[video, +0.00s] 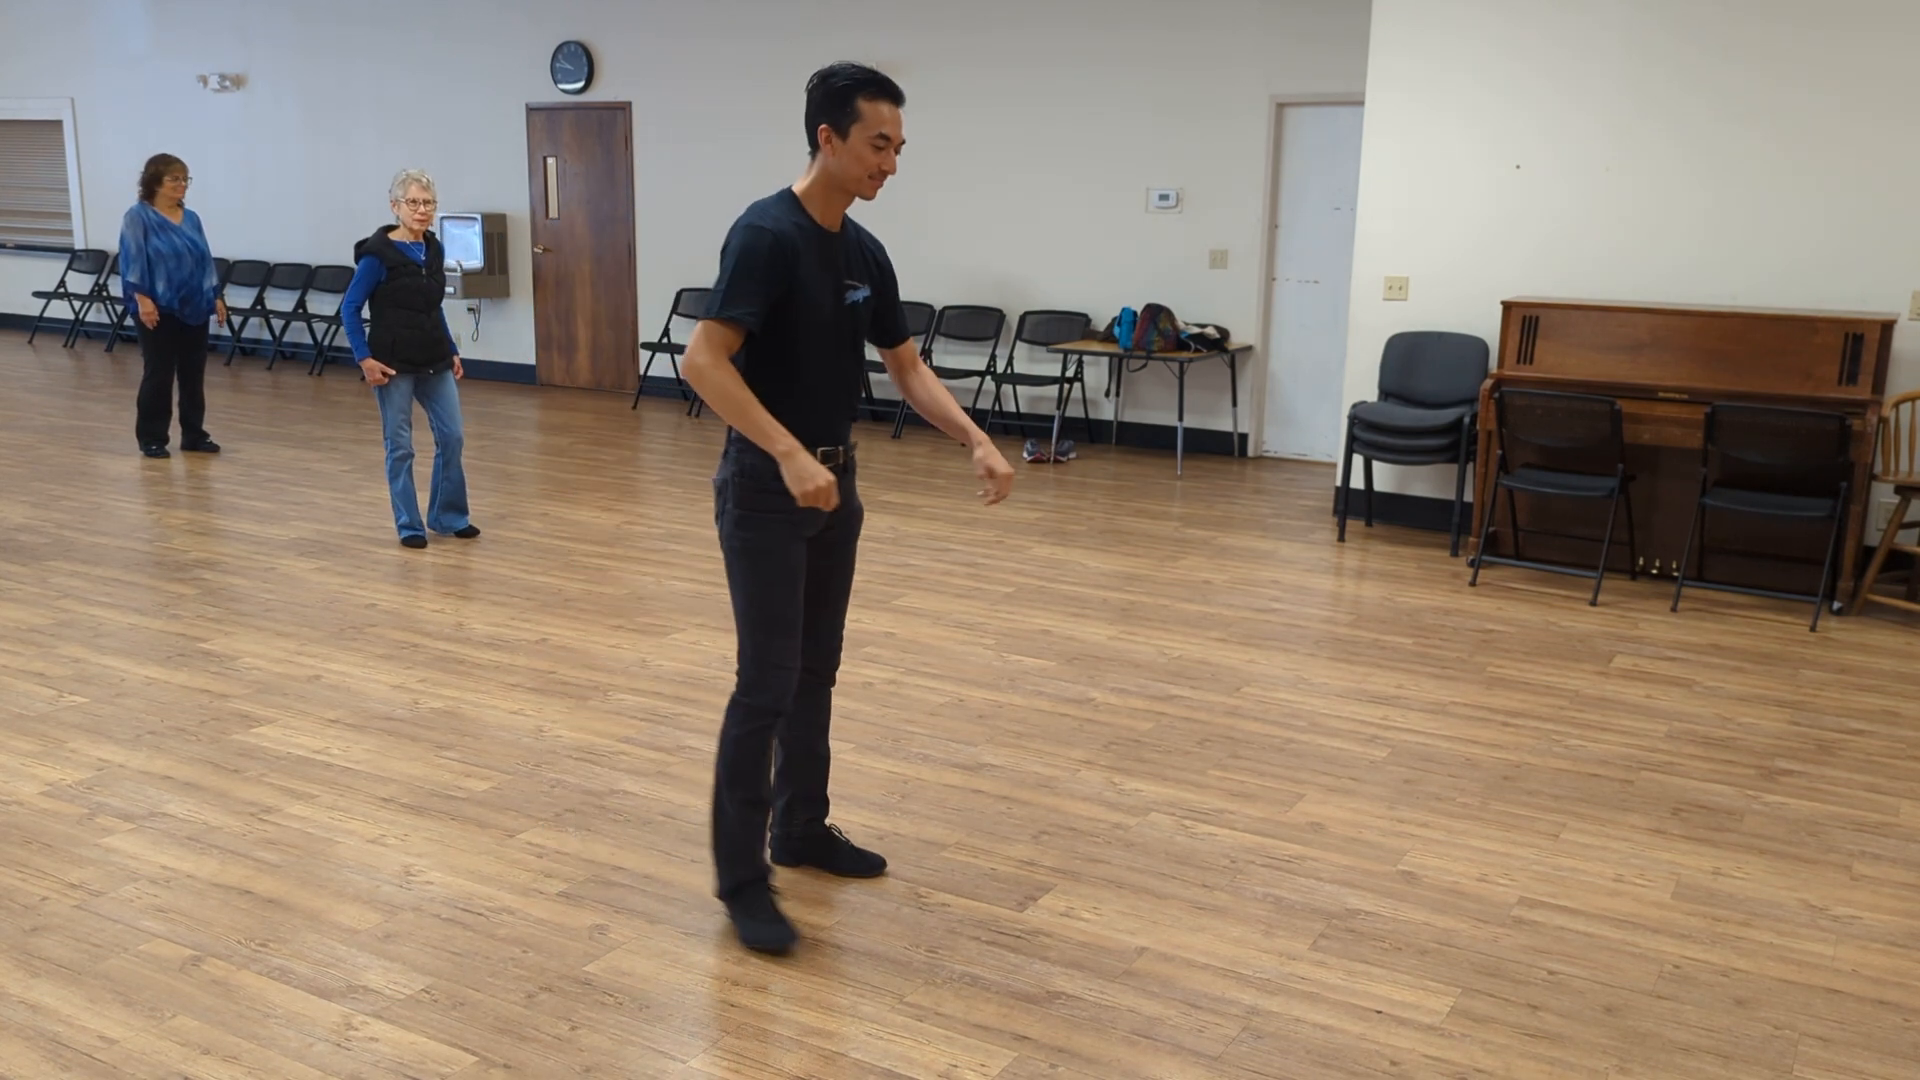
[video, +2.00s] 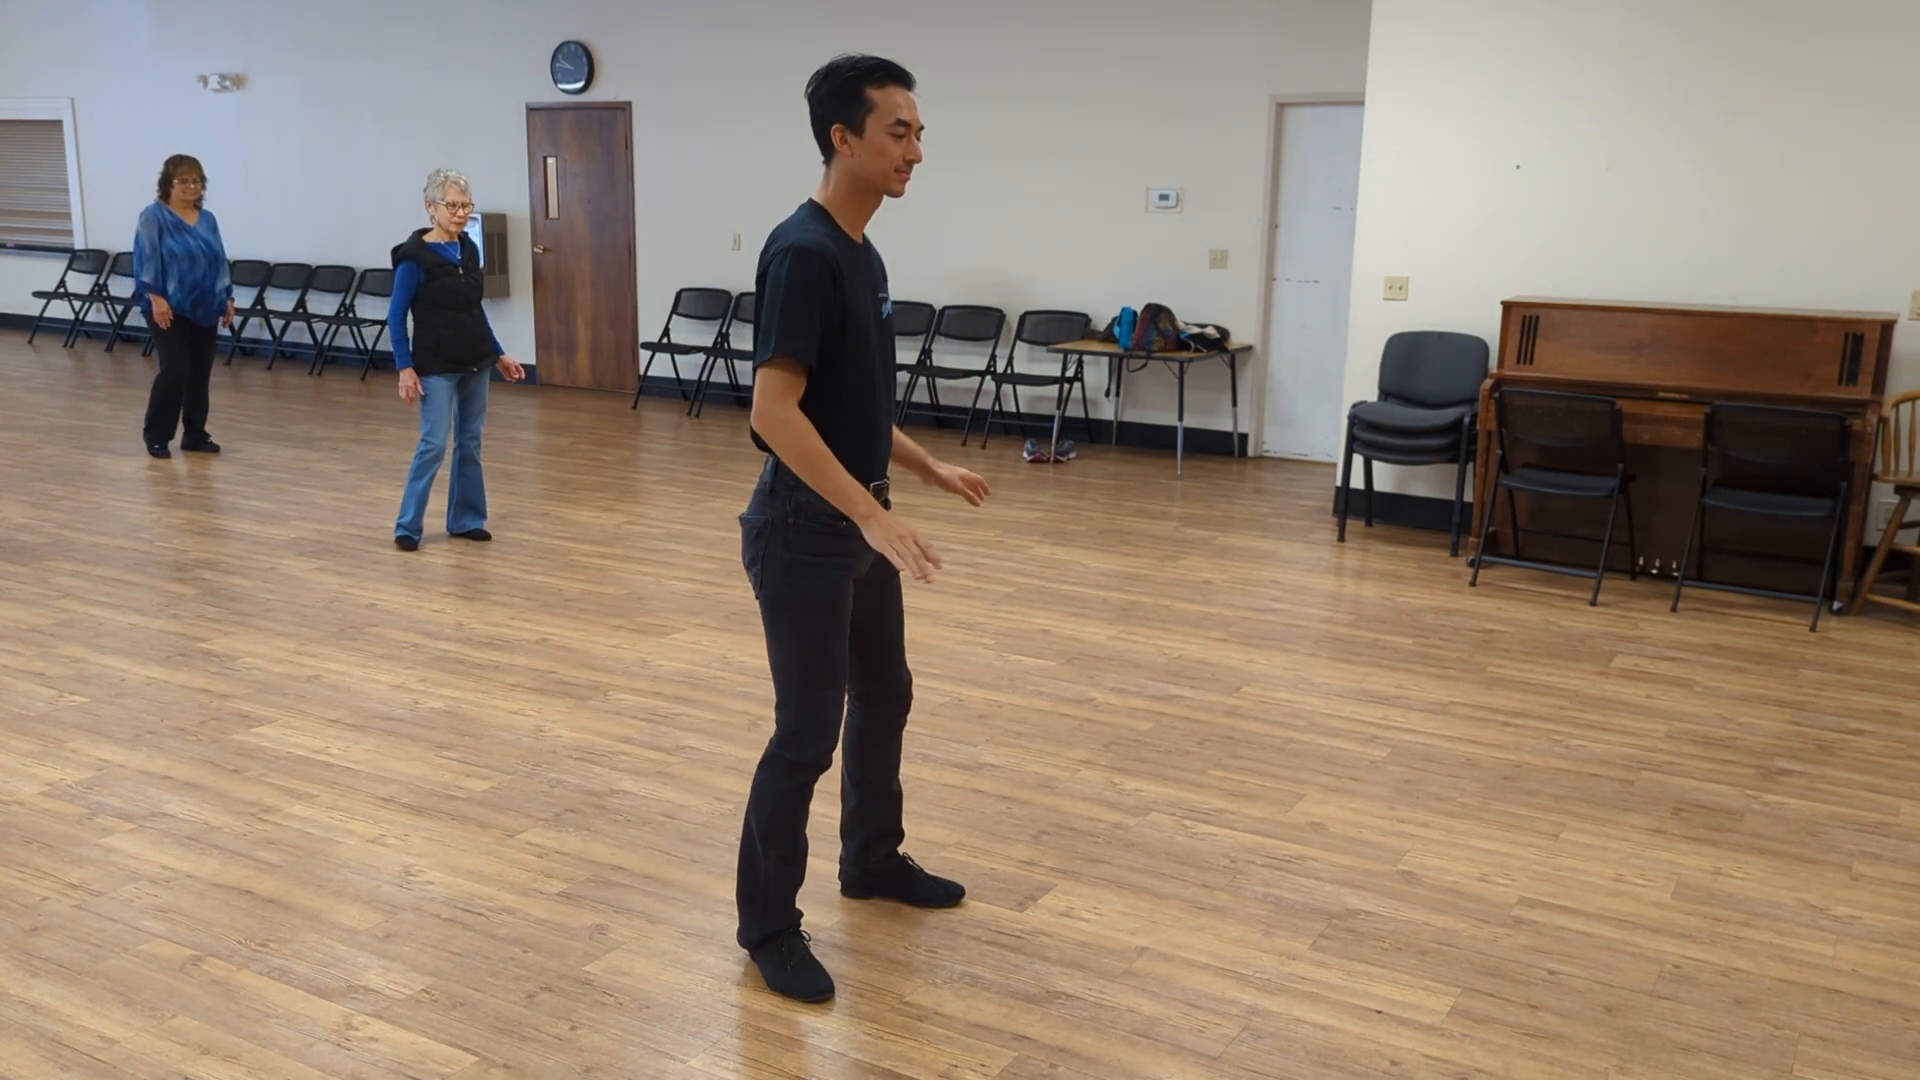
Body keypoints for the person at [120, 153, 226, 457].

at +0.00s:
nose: (182, 185)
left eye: (185, 180)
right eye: (175, 179)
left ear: (186, 183)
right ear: (156, 182)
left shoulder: (190, 217)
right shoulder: (137, 216)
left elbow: (205, 261)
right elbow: (133, 262)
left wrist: (216, 296)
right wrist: (143, 298)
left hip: (194, 308)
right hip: (158, 308)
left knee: (193, 374)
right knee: (159, 374)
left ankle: (193, 435)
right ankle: (152, 440)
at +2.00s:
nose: (193, 186)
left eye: (197, 181)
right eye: (185, 181)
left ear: (203, 184)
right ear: (169, 184)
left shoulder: (207, 218)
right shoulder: (153, 216)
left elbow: (220, 262)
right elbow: (147, 262)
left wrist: (227, 297)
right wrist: (156, 298)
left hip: (205, 308)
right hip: (169, 307)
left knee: (199, 372)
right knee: (175, 369)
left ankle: (194, 434)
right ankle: (156, 436)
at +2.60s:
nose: (194, 191)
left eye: (198, 186)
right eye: (187, 185)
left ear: (200, 187)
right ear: (168, 184)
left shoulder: (201, 216)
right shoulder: (150, 218)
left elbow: (215, 262)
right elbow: (147, 266)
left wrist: (224, 300)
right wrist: (159, 303)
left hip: (206, 309)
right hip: (172, 310)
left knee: (204, 374)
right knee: (178, 377)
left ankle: (200, 434)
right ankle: (173, 444)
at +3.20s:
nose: (215, 191)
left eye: (218, 186)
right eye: (208, 186)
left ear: (220, 187)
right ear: (188, 187)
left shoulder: (223, 218)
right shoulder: (170, 220)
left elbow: (241, 261)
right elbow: (167, 267)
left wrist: (253, 296)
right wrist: (177, 305)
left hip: (230, 310)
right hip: (192, 311)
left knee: (234, 377)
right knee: (192, 379)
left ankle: (242, 438)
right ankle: (176, 445)